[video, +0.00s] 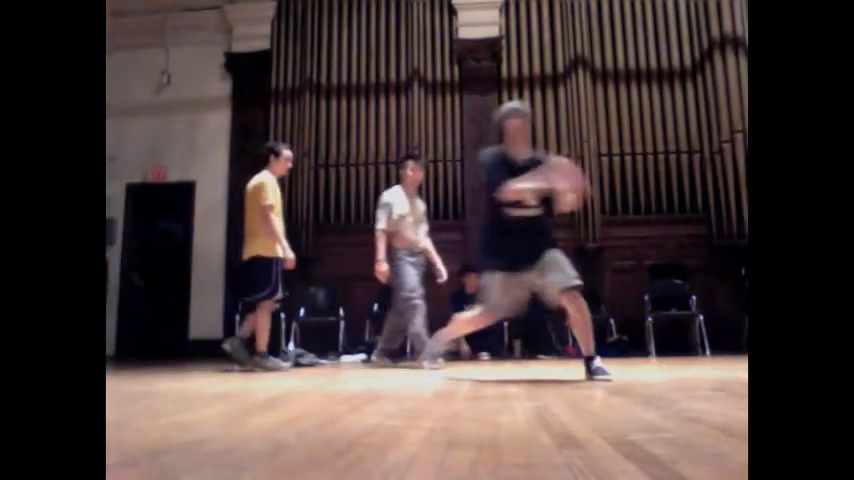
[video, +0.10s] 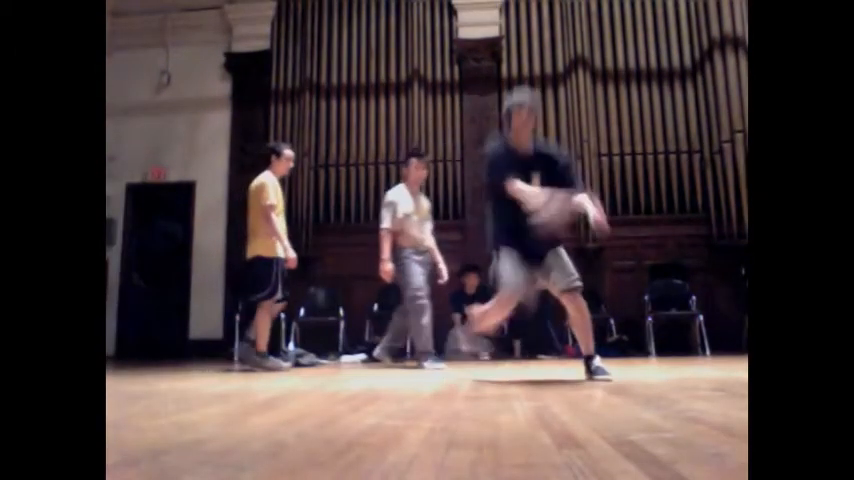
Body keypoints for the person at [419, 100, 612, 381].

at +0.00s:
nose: (516, 130)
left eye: (521, 124)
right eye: (511, 125)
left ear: (528, 126)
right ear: (502, 128)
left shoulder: (542, 163)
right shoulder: (493, 159)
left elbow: (564, 206)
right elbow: (504, 192)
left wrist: (570, 187)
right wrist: (547, 184)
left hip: (540, 251)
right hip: (502, 254)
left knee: (573, 299)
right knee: (491, 313)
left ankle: (592, 361)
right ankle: (439, 341)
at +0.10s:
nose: (525, 121)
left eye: (529, 115)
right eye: (519, 115)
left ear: (536, 119)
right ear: (509, 118)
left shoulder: (550, 157)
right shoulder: (499, 156)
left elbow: (574, 192)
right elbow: (514, 187)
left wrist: (591, 209)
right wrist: (547, 199)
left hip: (546, 245)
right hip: (511, 246)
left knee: (574, 299)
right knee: (509, 297)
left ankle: (591, 359)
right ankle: (476, 321)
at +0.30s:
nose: (528, 81)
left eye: (532, 75)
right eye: (522, 75)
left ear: (539, 82)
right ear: (509, 82)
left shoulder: (546, 128)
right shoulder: (489, 119)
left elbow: (556, 177)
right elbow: (453, 162)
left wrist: (569, 210)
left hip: (541, 213)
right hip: (505, 212)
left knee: (561, 276)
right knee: (534, 268)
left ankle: (556, 340)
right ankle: (537, 353)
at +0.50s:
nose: (519, 83)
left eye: (522, 77)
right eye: (513, 77)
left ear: (526, 83)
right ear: (501, 82)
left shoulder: (530, 130)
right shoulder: (482, 116)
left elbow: (535, 182)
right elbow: (436, 147)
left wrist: (551, 212)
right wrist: (396, 173)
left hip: (520, 225)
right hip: (484, 223)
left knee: (519, 292)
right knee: (533, 287)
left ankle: (533, 362)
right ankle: (458, 338)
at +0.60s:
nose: (510, 83)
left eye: (515, 77)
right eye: (506, 76)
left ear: (522, 82)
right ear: (494, 79)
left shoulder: (531, 127)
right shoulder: (471, 115)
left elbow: (538, 177)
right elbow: (439, 150)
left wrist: (547, 208)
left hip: (514, 220)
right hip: (474, 215)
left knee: (507, 289)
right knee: (479, 284)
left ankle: (442, 350)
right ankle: (486, 349)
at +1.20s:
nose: (453, 146)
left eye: (457, 137)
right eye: (448, 140)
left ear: (472, 134)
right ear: (445, 142)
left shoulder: (502, 161)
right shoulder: (448, 176)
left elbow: (532, 209)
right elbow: (441, 218)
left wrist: (525, 256)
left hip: (524, 253)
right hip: (479, 263)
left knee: (585, 297)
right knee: (442, 301)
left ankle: (636, 354)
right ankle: (404, 362)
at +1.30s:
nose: (472, 169)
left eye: (475, 161)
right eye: (467, 164)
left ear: (489, 156)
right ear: (461, 165)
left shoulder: (522, 185)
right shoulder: (471, 199)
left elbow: (541, 237)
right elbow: (469, 233)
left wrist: (545, 289)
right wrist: (461, 243)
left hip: (553, 261)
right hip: (503, 273)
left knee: (610, 305)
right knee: (466, 317)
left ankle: (642, 358)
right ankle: (413, 361)